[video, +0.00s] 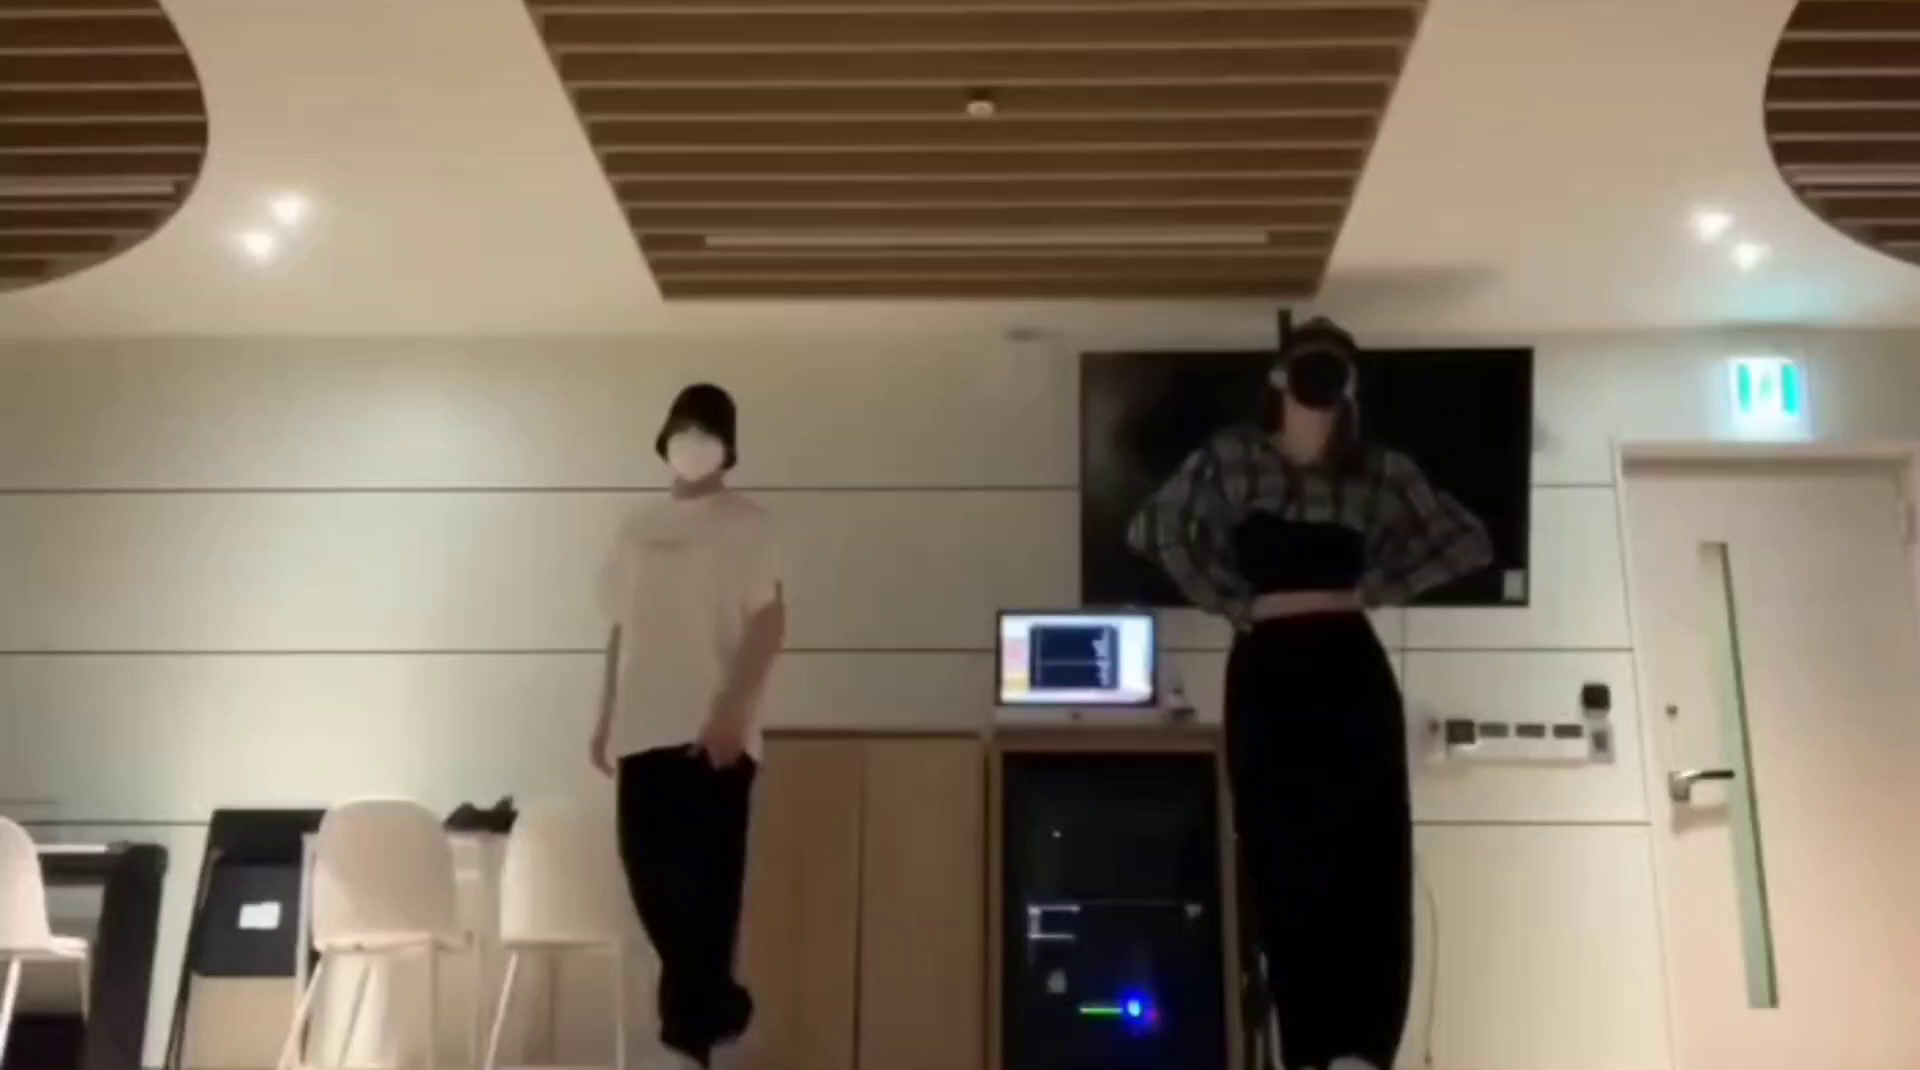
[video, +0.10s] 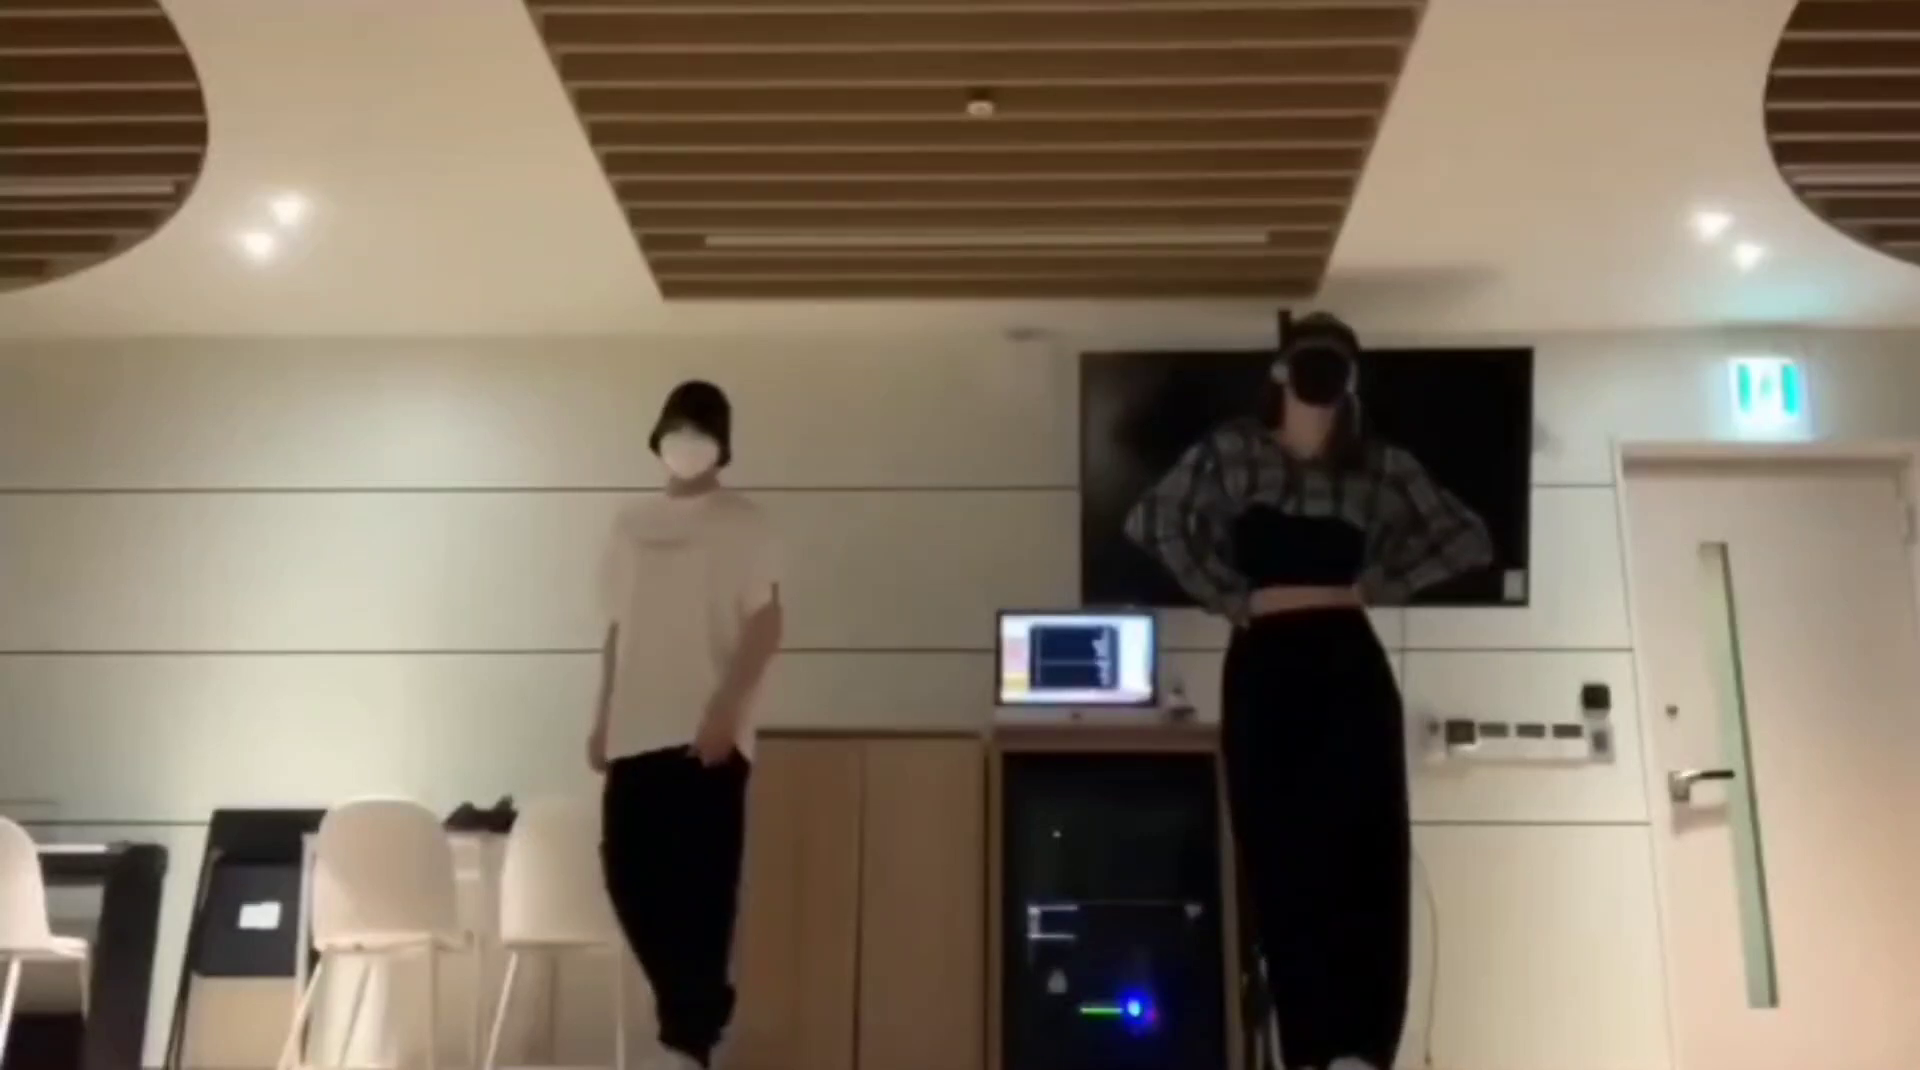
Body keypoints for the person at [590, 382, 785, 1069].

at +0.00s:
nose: (691, 446)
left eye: (707, 435)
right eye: (680, 434)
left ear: (728, 448)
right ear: (664, 443)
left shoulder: (746, 522)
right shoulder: (638, 525)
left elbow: (768, 620)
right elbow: (618, 630)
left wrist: (735, 711)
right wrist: (604, 718)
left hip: (715, 736)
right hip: (642, 737)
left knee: (705, 891)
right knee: (650, 884)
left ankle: (686, 1038)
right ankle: (720, 1005)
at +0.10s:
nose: (686, 444)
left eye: (701, 432)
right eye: (674, 432)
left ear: (723, 444)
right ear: (657, 441)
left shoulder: (744, 522)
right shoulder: (632, 523)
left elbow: (765, 623)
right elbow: (617, 630)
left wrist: (726, 712)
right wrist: (603, 720)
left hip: (708, 740)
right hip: (632, 741)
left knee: (699, 889)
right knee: (629, 879)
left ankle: (687, 1041)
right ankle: (693, 1009)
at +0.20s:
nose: (680, 446)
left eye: (695, 434)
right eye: (668, 434)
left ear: (718, 444)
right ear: (652, 442)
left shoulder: (743, 522)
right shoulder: (631, 522)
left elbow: (764, 624)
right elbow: (617, 628)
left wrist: (721, 712)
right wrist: (603, 714)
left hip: (705, 742)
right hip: (630, 744)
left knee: (696, 895)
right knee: (619, 878)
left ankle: (688, 1044)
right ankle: (674, 1026)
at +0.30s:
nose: (673, 448)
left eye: (688, 436)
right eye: (661, 436)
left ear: (711, 445)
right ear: (645, 443)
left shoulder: (737, 524)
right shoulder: (624, 523)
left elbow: (764, 623)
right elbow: (611, 627)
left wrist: (716, 711)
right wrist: (600, 709)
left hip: (700, 745)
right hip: (625, 747)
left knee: (694, 903)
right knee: (613, 900)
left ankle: (684, 1045)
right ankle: (641, 1038)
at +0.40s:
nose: (669, 452)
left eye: (683, 440)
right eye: (656, 440)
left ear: (705, 452)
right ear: (639, 448)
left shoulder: (733, 530)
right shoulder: (611, 529)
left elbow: (765, 623)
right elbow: (595, 625)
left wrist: (712, 697)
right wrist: (582, 688)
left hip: (693, 746)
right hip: (613, 745)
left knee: (684, 900)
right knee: (604, 900)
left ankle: (681, 1042)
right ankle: (610, 1040)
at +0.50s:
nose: (667, 455)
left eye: (681, 443)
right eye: (654, 443)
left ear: (703, 453)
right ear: (638, 451)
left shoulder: (733, 532)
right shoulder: (610, 530)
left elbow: (765, 624)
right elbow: (591, 624)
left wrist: (713, 692)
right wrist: (579, 684)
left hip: (692, 743)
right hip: (611, 743)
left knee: (682, 894)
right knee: (603, 893)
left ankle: (680, 1037)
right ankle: (606, 1036)